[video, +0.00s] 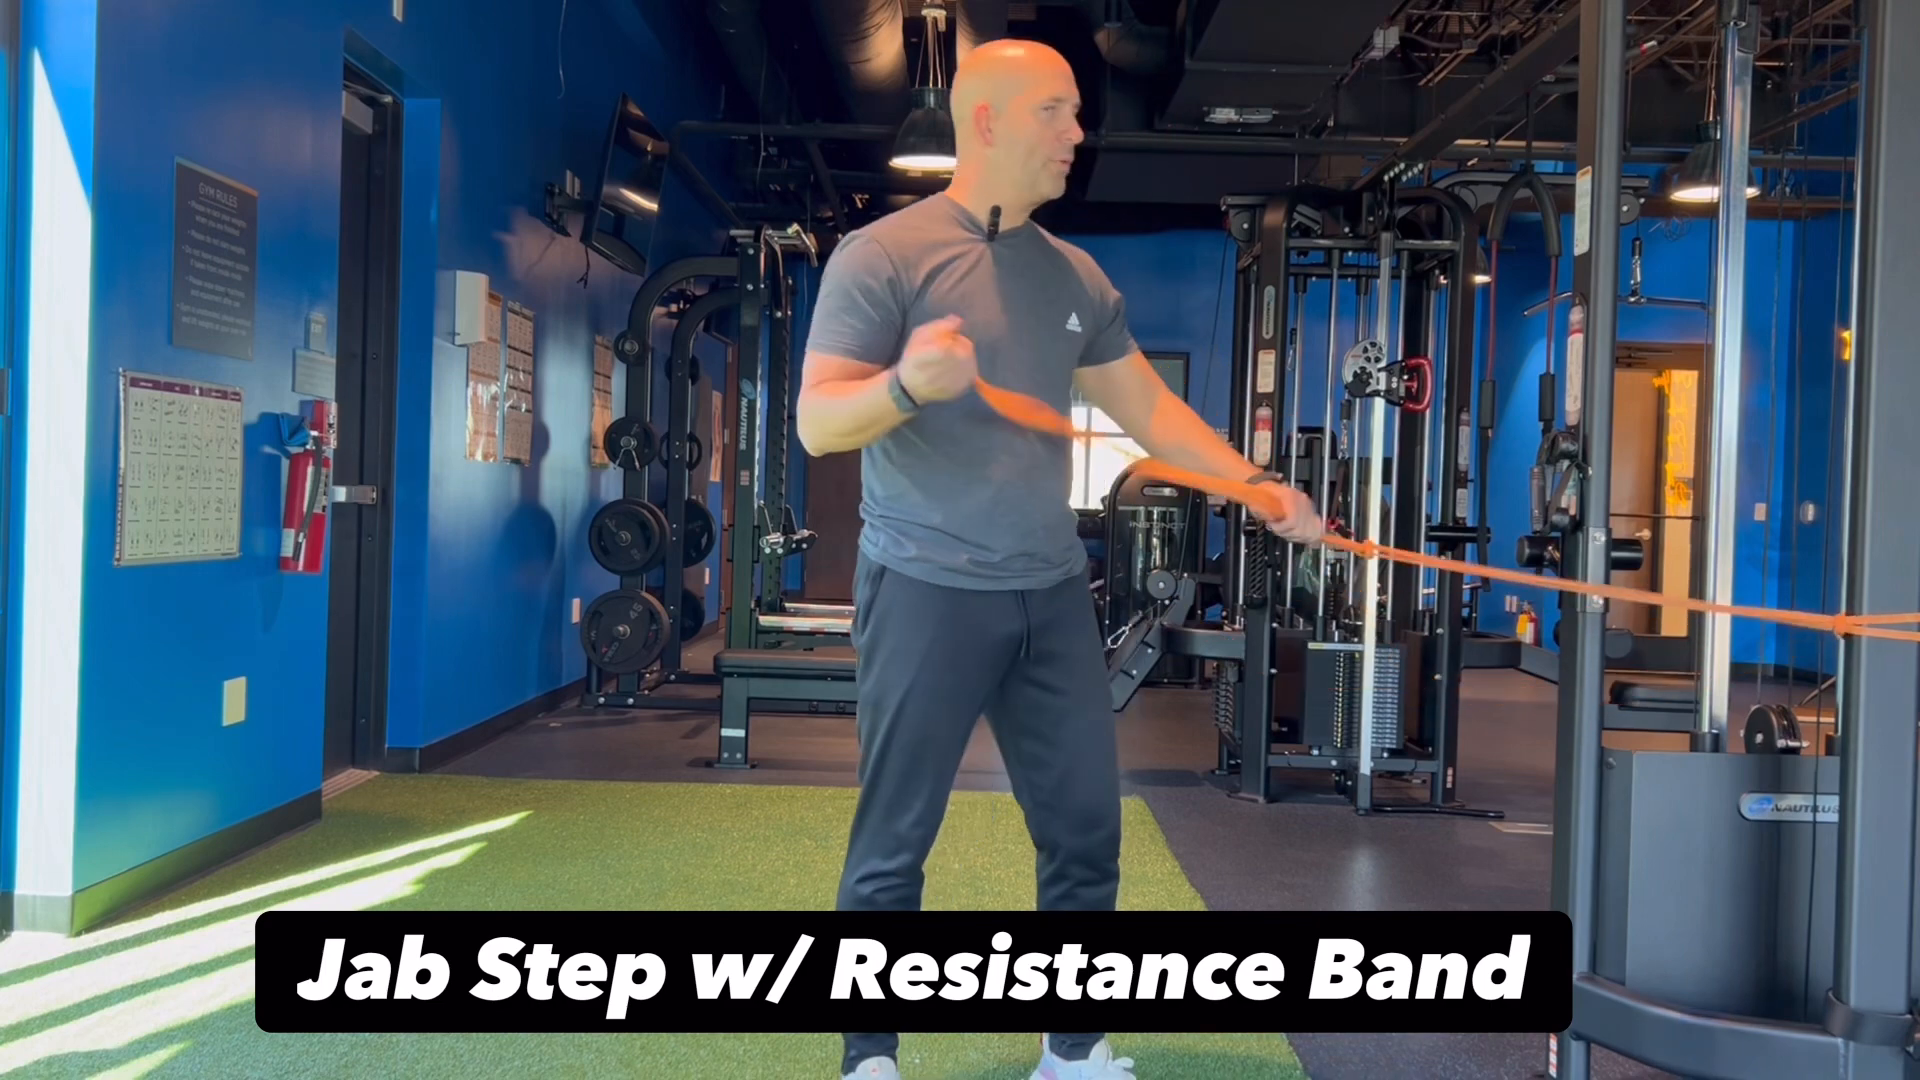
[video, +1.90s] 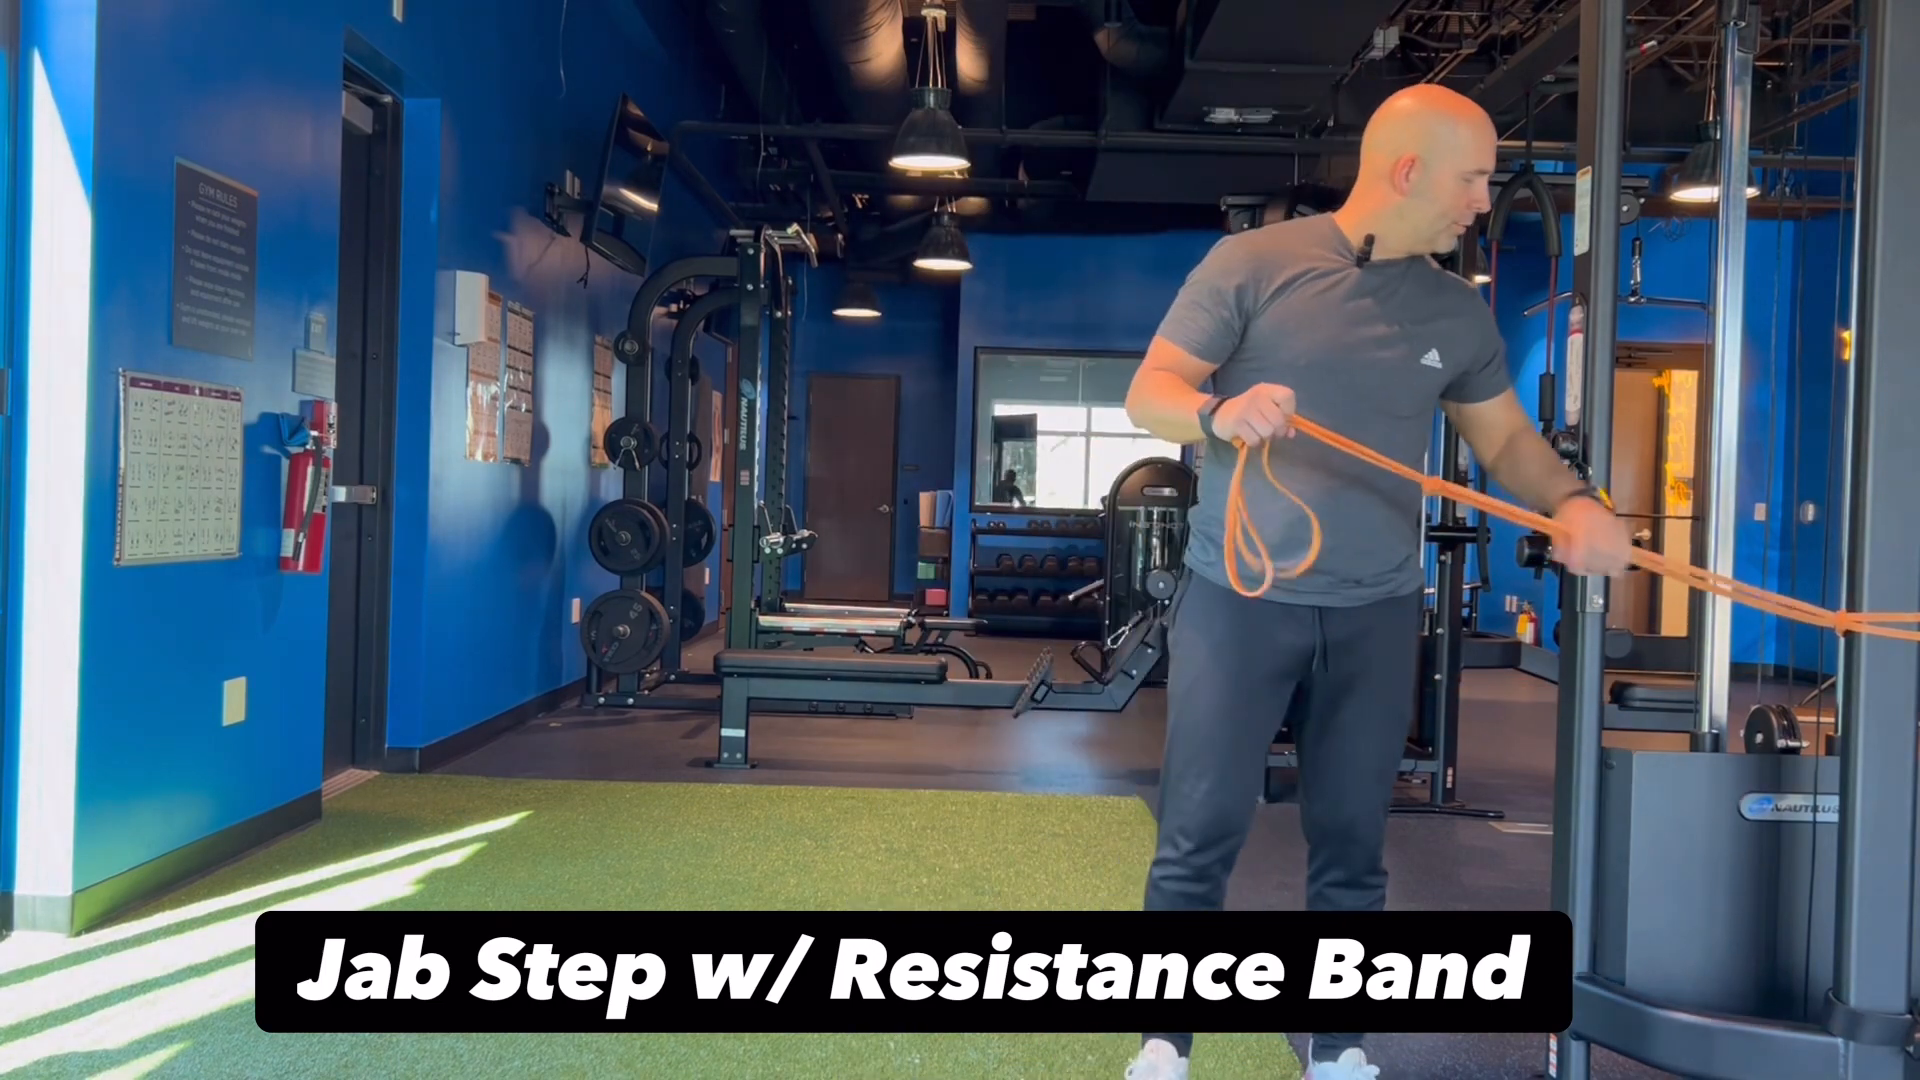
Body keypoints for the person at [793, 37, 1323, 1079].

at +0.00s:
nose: (1079, 134)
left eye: (1077, 115)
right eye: (1059, 114)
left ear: (1025, 130)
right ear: (986, 126)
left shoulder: (1073, 276)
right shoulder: (879, 256)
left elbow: (1147, 408)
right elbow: (820, 424)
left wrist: (1257, 488)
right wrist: (905, 387)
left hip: (1052, 587)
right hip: (927, 585)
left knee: (1084, 830)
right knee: (895, 837)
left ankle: (1071, 1051)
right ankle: (870, 1055)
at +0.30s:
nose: (1072, 119)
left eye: (1074, 104)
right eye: (1047, 101)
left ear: (1073, 130)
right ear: (981, 124)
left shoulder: (1087, 273)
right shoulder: (908, 262)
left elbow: (1134, 412)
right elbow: (878, 427)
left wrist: (1199, 475)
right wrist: (1041, 459)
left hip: (1072, 590)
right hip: (948, 591)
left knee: (1096, 834)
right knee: (907, 838)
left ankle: (1089, 1052)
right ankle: (872, 1054)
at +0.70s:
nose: (1176, 128)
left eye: (1186, 113)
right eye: (1150, 109)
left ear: (1195, 141)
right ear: (1092, 132)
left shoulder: (1196, 287)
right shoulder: (1043, 255)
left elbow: (1211, 425)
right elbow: (1036, 422)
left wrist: (1253, 444)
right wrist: (1199, 474)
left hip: (1155, 587)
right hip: (1047, 572)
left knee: (1135, 828)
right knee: (1058, 809)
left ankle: (1090, 1050)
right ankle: (912, 1009)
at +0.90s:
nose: (1230, 125)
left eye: (1235, 110)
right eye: (1205, 107)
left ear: (1234, 136)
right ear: (1142, 129)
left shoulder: (1227, 281)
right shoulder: (1090, 245)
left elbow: (1240, 422)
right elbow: (1058, 415)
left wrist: (1296, 439)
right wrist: (1220, 462)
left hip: (1181, 582)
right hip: (1088, 570)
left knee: (1155, 823)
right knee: (1128, 822)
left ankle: (1091, 1039)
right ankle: (1074, 1053)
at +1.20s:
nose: (1300, 153)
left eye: (1298, 132)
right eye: (1288, 130)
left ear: (1230, 140)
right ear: (1221, 135)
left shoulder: (1262, 284)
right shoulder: (1119, 251)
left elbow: (1272, 440)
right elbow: (1074, 420)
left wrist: (1286, 553)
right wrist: (1253, 448)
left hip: (1245, 589)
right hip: (1134, 588)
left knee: (1304, 815)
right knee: (1128, 851)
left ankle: (1178, 1011)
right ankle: (1089, 1057)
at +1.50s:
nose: (1389, 175)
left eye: (1389, 154)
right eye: (1374, 152)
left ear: (1316, 159)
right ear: (1304, 155)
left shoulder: (1366, 299)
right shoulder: (1177, 270)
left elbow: (1387, 429)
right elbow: (1090, 417)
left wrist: (1421, 451)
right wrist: (1224, 418)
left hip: (1327, 609)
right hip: (1199, 601)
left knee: (1339, 850)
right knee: (1167, 851)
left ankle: (1329, 1051)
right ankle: (1100, 1059)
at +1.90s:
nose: (1484, 201)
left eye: (1489, 180)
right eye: (1474, 177)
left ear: (1413, 178)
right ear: (1402, 171)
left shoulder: (1458, 311)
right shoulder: (1249, 263)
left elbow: (1505, 438)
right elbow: (1151, 391)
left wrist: (1577, 501)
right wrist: (1215, 410)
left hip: (1379, 610)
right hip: (1239, 601)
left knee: (1351, 847)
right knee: (1197, 839)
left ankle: (1331, 1046)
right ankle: (1162, 1042)